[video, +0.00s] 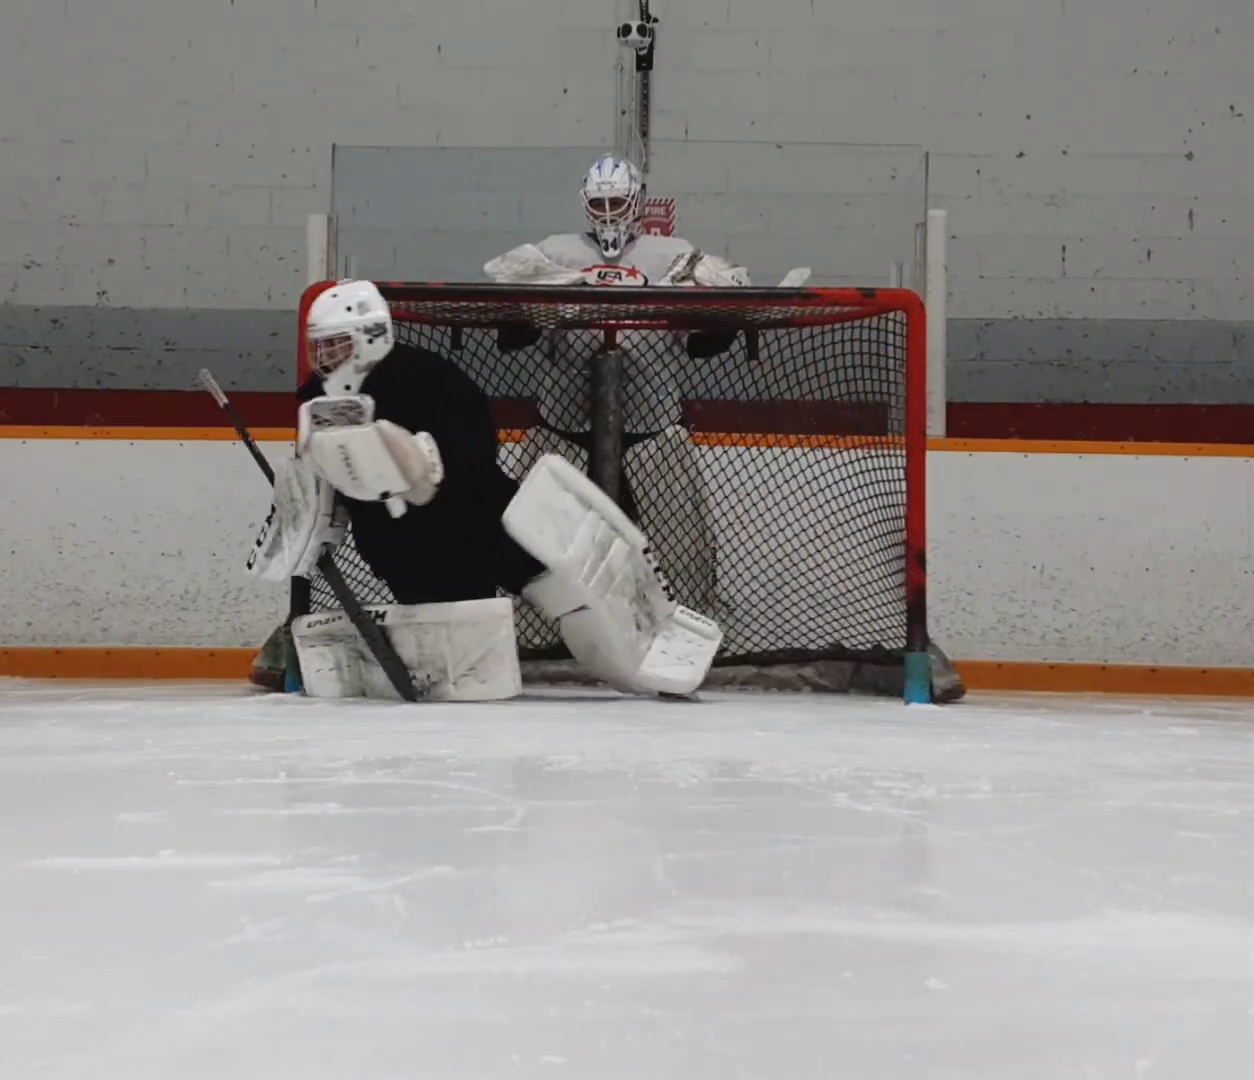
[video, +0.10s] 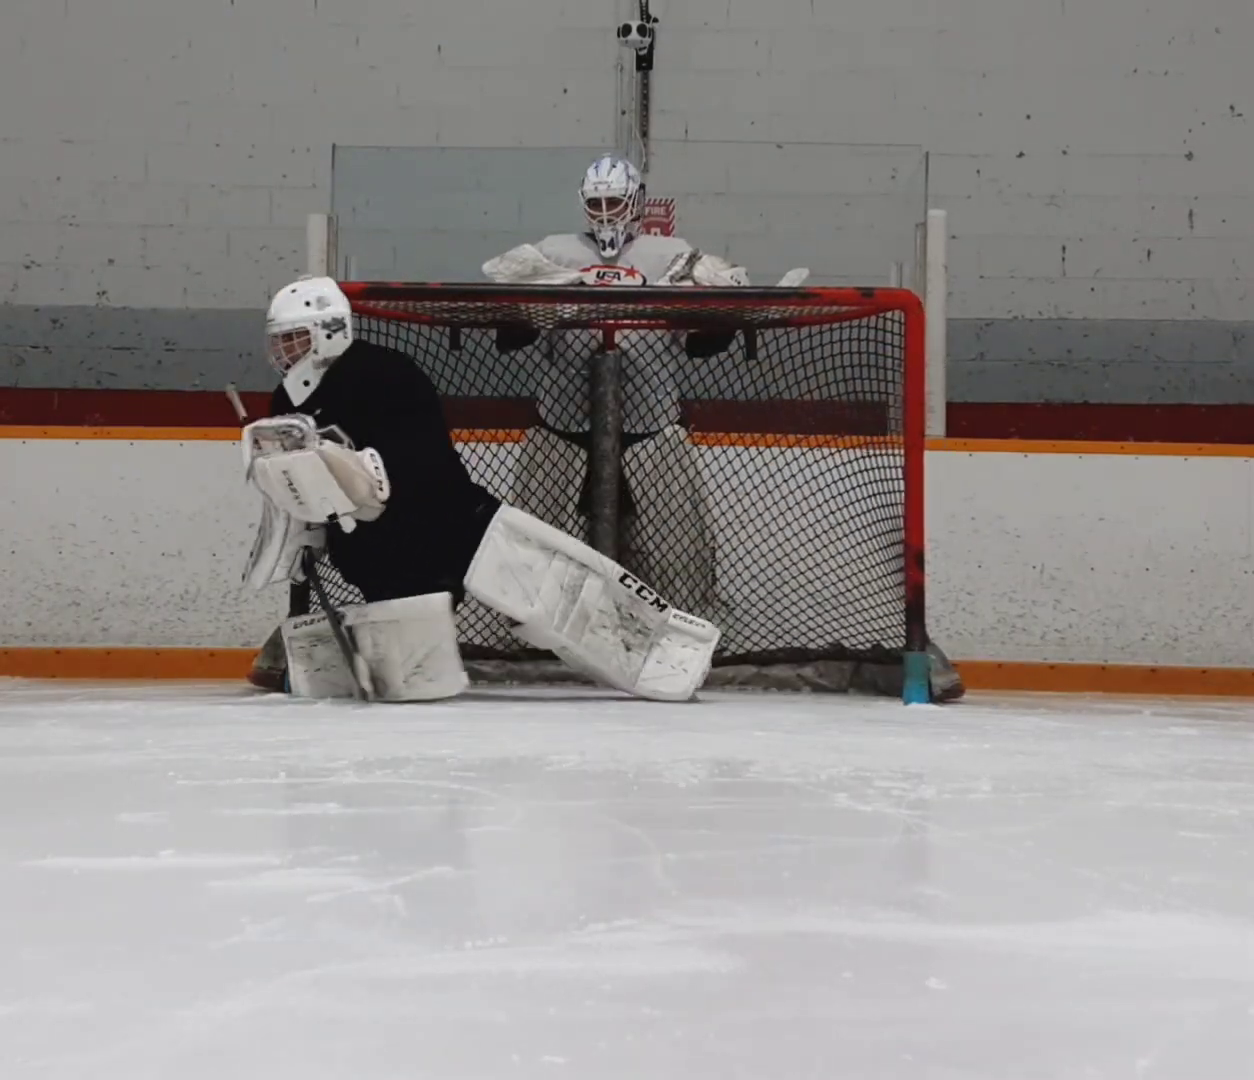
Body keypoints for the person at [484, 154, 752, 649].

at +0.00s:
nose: (608, 215)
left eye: (618, 204)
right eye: (598, 205)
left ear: (637, 204)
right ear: (584, 207)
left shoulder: (672, 258)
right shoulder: (555, 255)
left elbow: (707, 343)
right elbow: (509, 337)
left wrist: (717, 297)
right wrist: (544, 296)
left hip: (650, 433)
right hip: (566, 431)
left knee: (678, 546)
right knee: (556, 542)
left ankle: (688, 652)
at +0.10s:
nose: (605, 214)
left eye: (616, 204)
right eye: (595, 205)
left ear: (636, 204)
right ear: (583, 207)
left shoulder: (670, 257)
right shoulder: (553, 256)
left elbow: (701, 346)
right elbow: (508, 339)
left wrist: (716, 307)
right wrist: (531, 299)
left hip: (650, 436)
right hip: (562, 432)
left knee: (676, 548)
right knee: (536, 541)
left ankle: (678, 646)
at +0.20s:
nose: (603, 215)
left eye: (614, 204)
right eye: (593, 206)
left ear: (636, 205)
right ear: (581, 207)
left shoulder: (672, 257)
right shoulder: (555, 255)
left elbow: (702, 347)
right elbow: (508, 341)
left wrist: (717, 310)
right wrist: (534, 299)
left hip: (651, 440)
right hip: (562, 436)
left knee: (674, 554)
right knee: (534, 546)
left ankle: (673, 658)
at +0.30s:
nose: (602, 215)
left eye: (613, 204)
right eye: (593, 205)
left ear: (635, 204)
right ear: (580, 208)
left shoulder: (672, 258)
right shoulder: (553, 256)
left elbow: (707, 343)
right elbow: (509, 338)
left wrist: (720, 296)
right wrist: (547, 297)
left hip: (650, 438)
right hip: (563, 436)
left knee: (671, 553)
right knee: (542, 547)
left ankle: (676, 655)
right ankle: (546, 656)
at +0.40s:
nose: (602, 213)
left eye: (612, 202)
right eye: (592, 204)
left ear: (634, 202)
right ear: (580, 207)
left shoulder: (671, 257)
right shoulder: (554, 255)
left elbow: (706, 344)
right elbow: (509, 338)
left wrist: (720, 295)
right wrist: (531, 292)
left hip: (650, 430)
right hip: (565, 429)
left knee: (674, 538)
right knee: (541, 537)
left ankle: (675, 641)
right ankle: (544, 646)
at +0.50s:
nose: (601, 213)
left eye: (611, 201)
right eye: (591, 204)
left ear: (634, 202)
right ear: (580, 207)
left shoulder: (667, 255)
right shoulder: (557, 252)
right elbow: (500, 270)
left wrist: (709, 286)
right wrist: (570, 286)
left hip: (649, 424)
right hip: (571, 424)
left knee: (672, 533)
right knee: (559, 534)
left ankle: (675, 640)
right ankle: (559, 644)